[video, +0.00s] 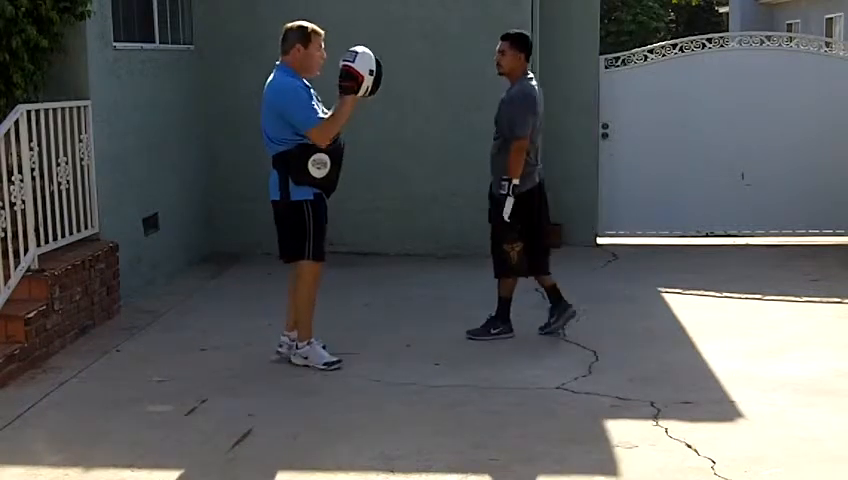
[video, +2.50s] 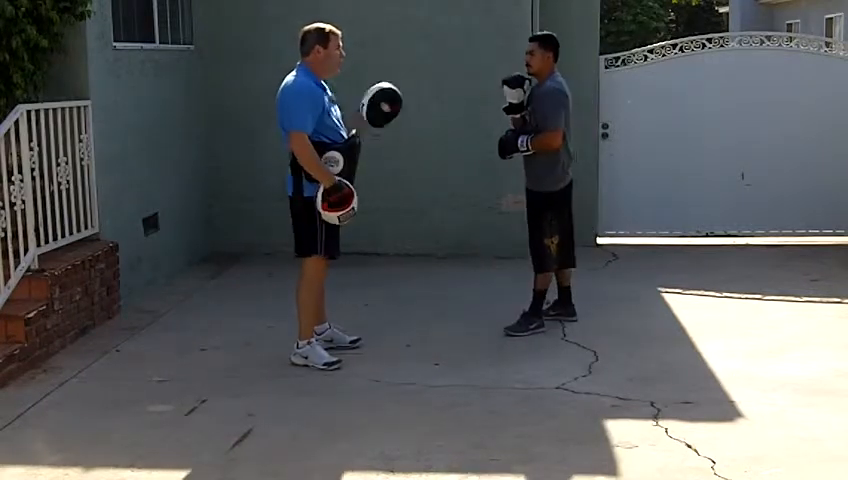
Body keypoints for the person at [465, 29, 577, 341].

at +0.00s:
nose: (497, 58)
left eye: (503, 53)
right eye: (498, 52)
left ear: (521, 58)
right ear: (517, 59)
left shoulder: (521, 94)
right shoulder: (525, 87)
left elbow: (520, 145)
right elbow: (522, 142)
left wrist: (509, 189)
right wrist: (511, 179)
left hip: (512, 189)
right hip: (527, 187)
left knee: (506, 254)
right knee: (532, 249)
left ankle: (501, 319)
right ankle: (559, 305)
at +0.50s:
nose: (488, 58)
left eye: (494, 54)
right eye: (488, 53)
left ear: (512, 59)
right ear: (492, 59)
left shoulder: (516, 93)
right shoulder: (496, 91)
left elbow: (519, 143)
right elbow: (492, 140)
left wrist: (482, 170)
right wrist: (474, 173)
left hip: (511, 186)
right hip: (504, 184)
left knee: (503, 250)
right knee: (516, 244)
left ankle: (501, 318)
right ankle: (521, 300)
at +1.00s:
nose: (498, 57)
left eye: (505, 53)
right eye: (499, 52)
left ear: (522, 58)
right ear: (503, 57)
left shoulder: (531, 93)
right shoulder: (498, 91)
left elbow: (541, 139)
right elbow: (495, 132)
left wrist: (506, 163)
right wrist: (484, 158)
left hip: (526, 186)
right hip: (504, 184)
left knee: (528, 248)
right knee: (511, 245)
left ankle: (532, 316)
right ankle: (521, 300)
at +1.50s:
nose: (510, 56)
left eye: (517, 52)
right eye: (511, 51)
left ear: (535, 58)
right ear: (514, 58)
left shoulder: (545, 95)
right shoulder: (514, 91)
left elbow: (546, 146)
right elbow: (517, 132)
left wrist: (504, 147)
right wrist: (495, 138)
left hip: (542, 187)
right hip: (522, 186)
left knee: (539, 249)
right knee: (527, 246)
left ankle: (534, 315)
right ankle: (548, 295)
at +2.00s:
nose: (523, 59)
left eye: (528, 54)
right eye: (523, 54)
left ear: (546, 58)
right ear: (534, 59)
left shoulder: (559, 93)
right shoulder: (532, 93)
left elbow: (566, 142)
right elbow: (530, 128)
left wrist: (529, 148)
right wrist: (516, 141)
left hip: (556, 186)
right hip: (539, 184)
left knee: (544, 250)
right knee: (556, 246)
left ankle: (534, 314)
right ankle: (564, 303)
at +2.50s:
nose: (526, 59)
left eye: (532, 54)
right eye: (526, 54)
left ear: (549, 57)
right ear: (539, 58)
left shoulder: (553, 92)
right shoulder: (541, 88)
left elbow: (553, 140)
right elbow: (525, 131)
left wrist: (521, 142)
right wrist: (514, 103)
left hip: (548, 184)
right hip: (548, 181)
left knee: (542, 248)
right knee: (559, 243)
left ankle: (535, 313)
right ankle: (564, 303)